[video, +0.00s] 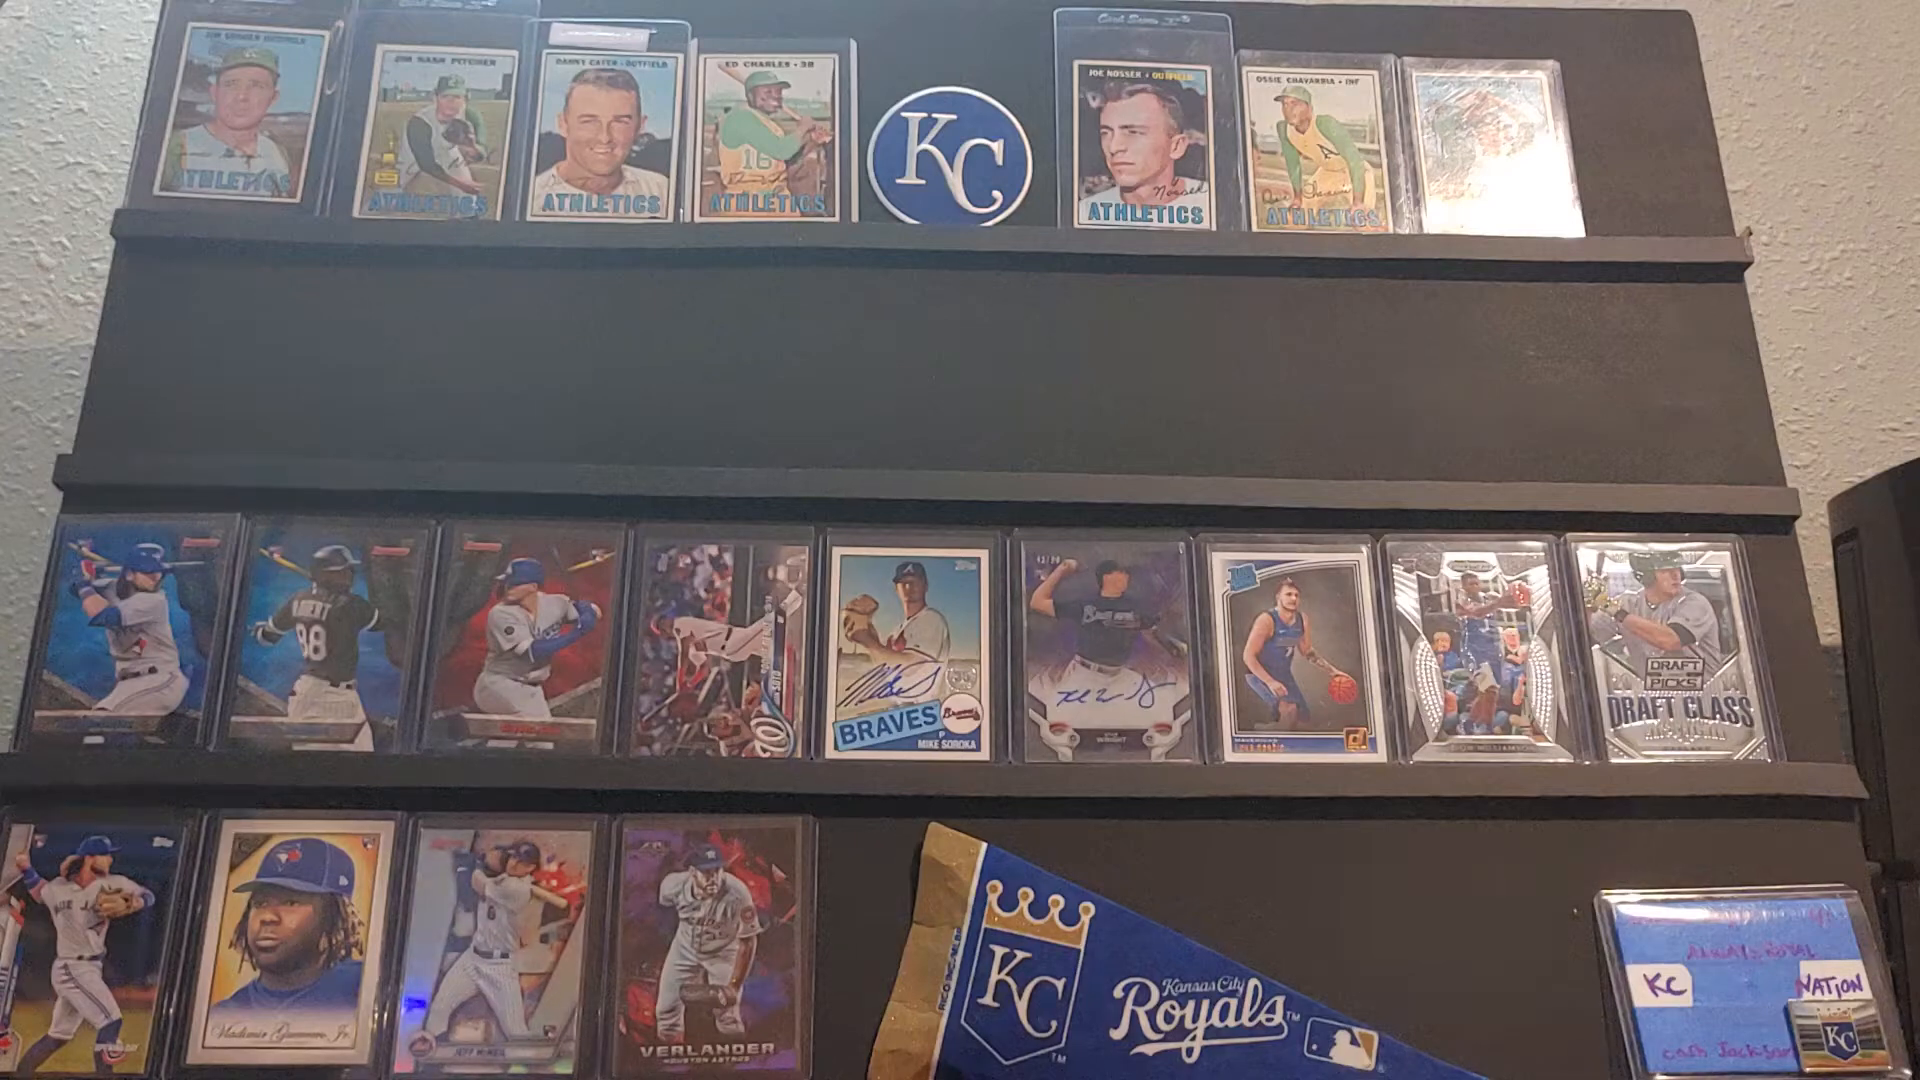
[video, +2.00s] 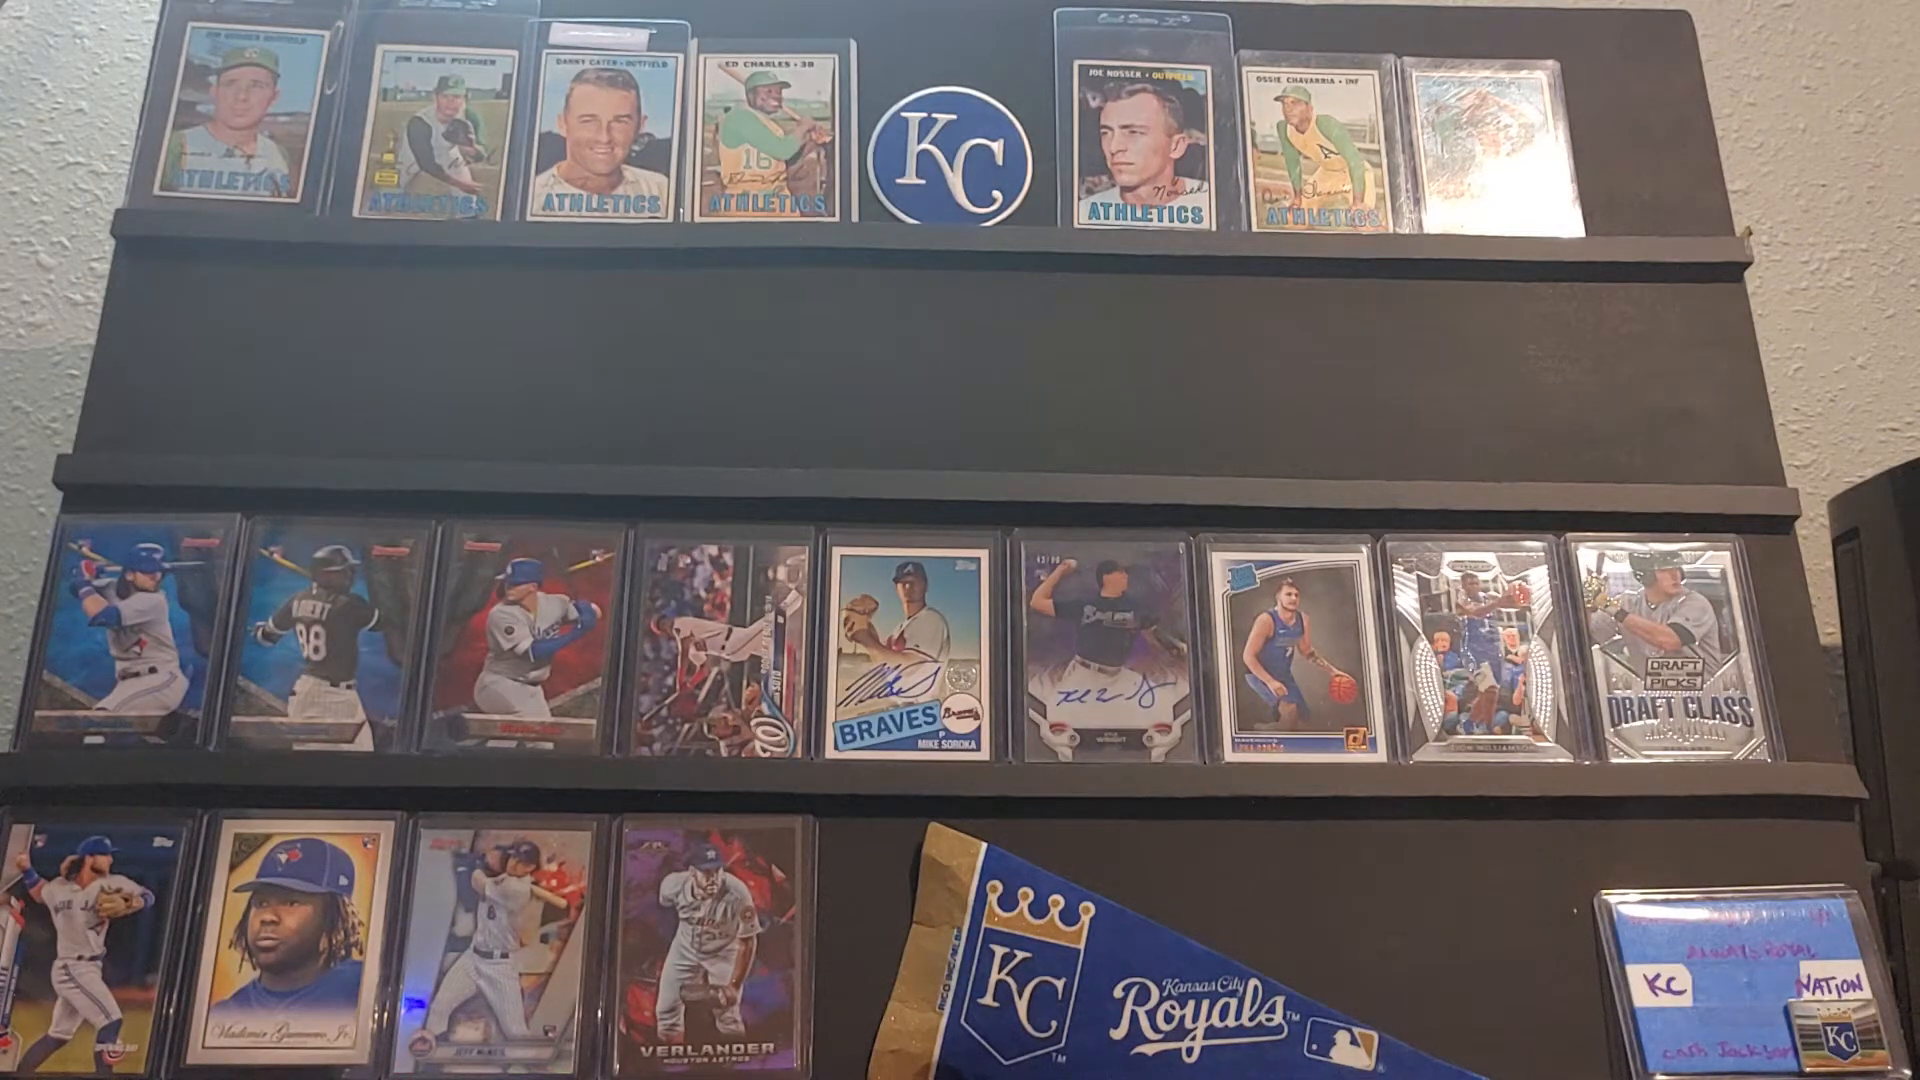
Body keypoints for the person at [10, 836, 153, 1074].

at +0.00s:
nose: (110, 859)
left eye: (110, 855)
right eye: (105, 855)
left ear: (98, 860)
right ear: (89, 859)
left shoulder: (112, 884)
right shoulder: (58, 888)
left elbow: (149, 896)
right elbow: (40, 890)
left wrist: (133, 904)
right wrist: (26, 869)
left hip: (90, 969)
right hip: (70, 969)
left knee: (59, 1035)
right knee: (111, 1020)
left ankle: (21, 1072)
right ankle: (105, 1073)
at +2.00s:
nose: (110, 860)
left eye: (110, 855)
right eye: (105, 855)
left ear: (98, 861)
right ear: (89, 859)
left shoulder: (111, 884)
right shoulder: (58, 888)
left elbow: (148, 896)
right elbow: (39, 892)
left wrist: (133, 904)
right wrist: (27, 870)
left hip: (90, 968)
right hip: (70, 969)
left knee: (58, 1036)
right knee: (111, 1019)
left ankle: (20, 1073)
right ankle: (104, 1074)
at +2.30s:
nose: (110, 859)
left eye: (110, 855)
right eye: (105, 855)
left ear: (99, 861)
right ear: (89, 859)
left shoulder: (111, 884)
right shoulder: (58, 888)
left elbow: (148, 896)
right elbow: (39, 892)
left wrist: (131, 904)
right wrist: (27, 869)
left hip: (90, 969)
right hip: (71, 969)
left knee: (59, 1035)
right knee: (111, 1020)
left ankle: (19, 1073)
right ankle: (104, 1074)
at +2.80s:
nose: (110, 859)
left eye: (110, 855)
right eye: (105, 855)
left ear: (98, 861)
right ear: (89, 859)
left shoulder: (111, 884)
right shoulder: (58, 888)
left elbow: (148, 896)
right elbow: (40, 892)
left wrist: (132, 904)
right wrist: (26, 870)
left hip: (90, 969)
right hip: (71, 969)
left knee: (58, 1035)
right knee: (111, 1020)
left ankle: (20, 1073)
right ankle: (103, 1074)